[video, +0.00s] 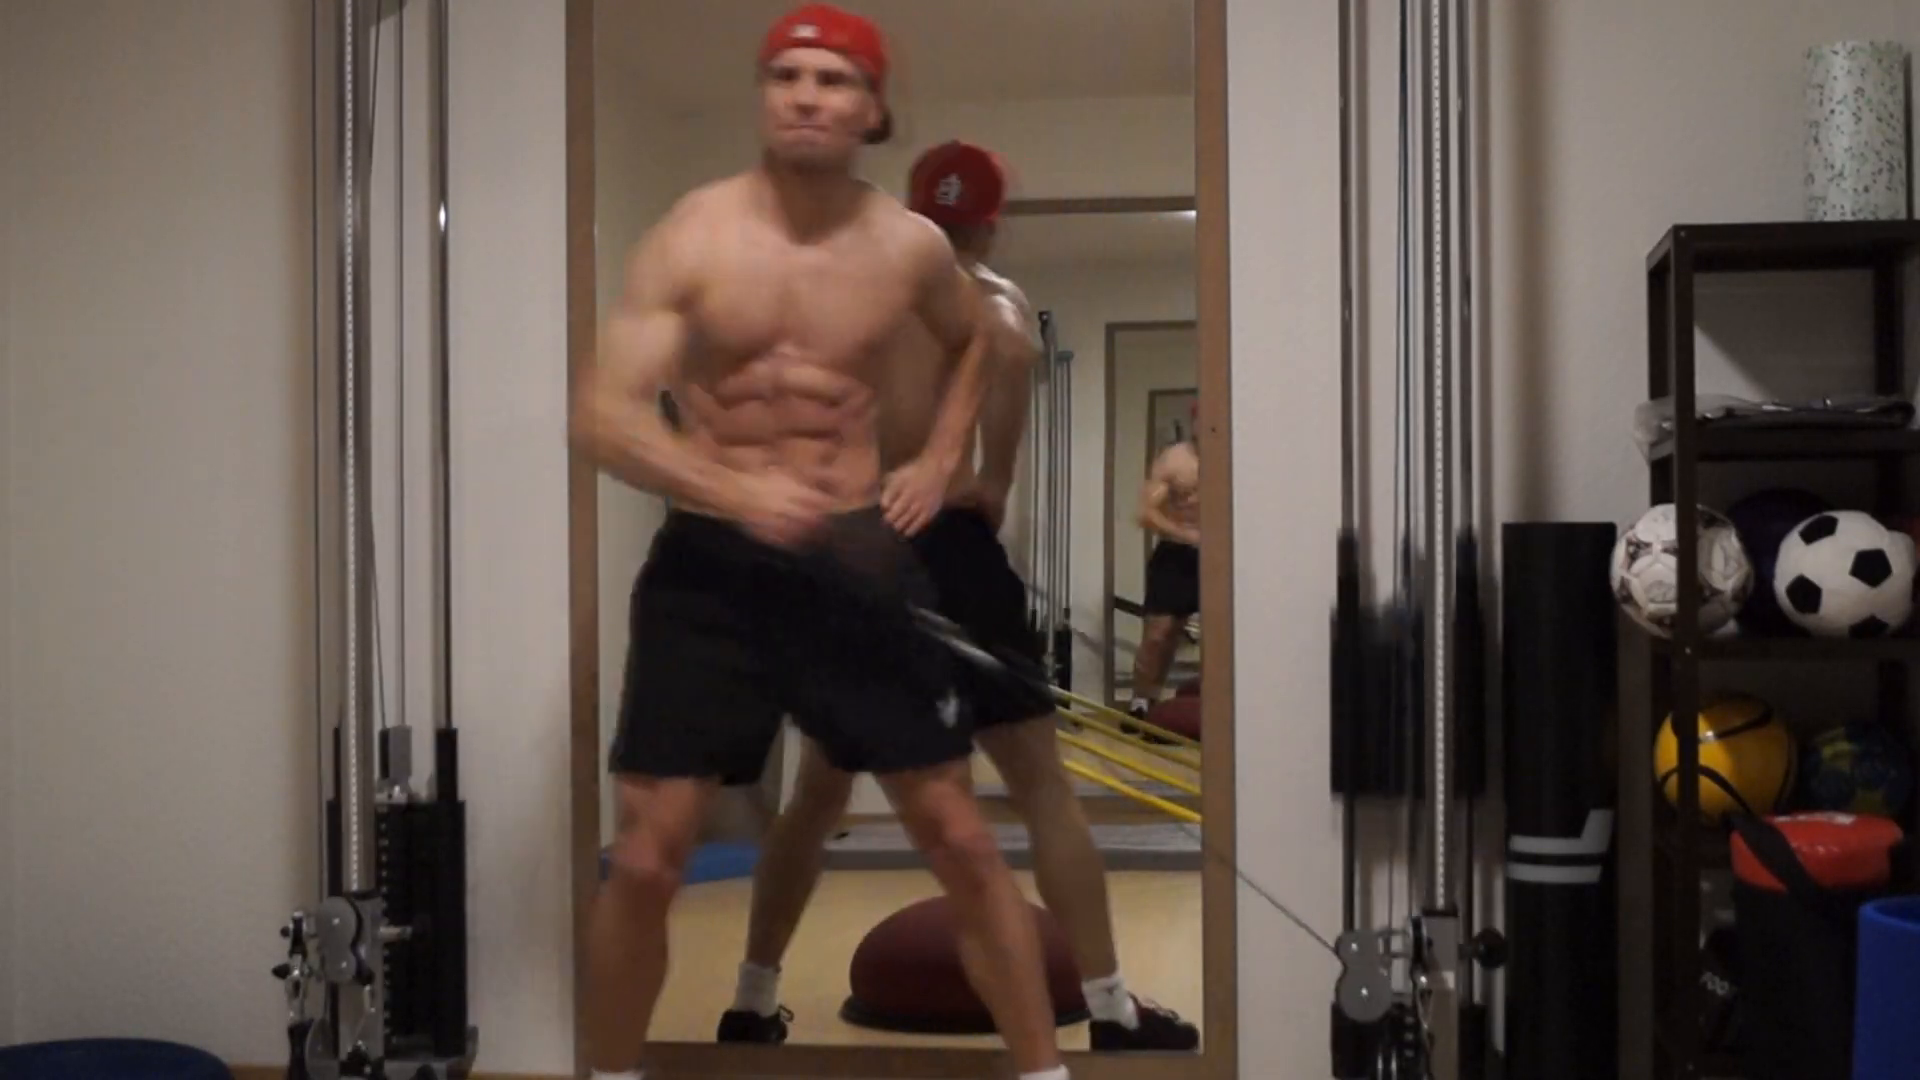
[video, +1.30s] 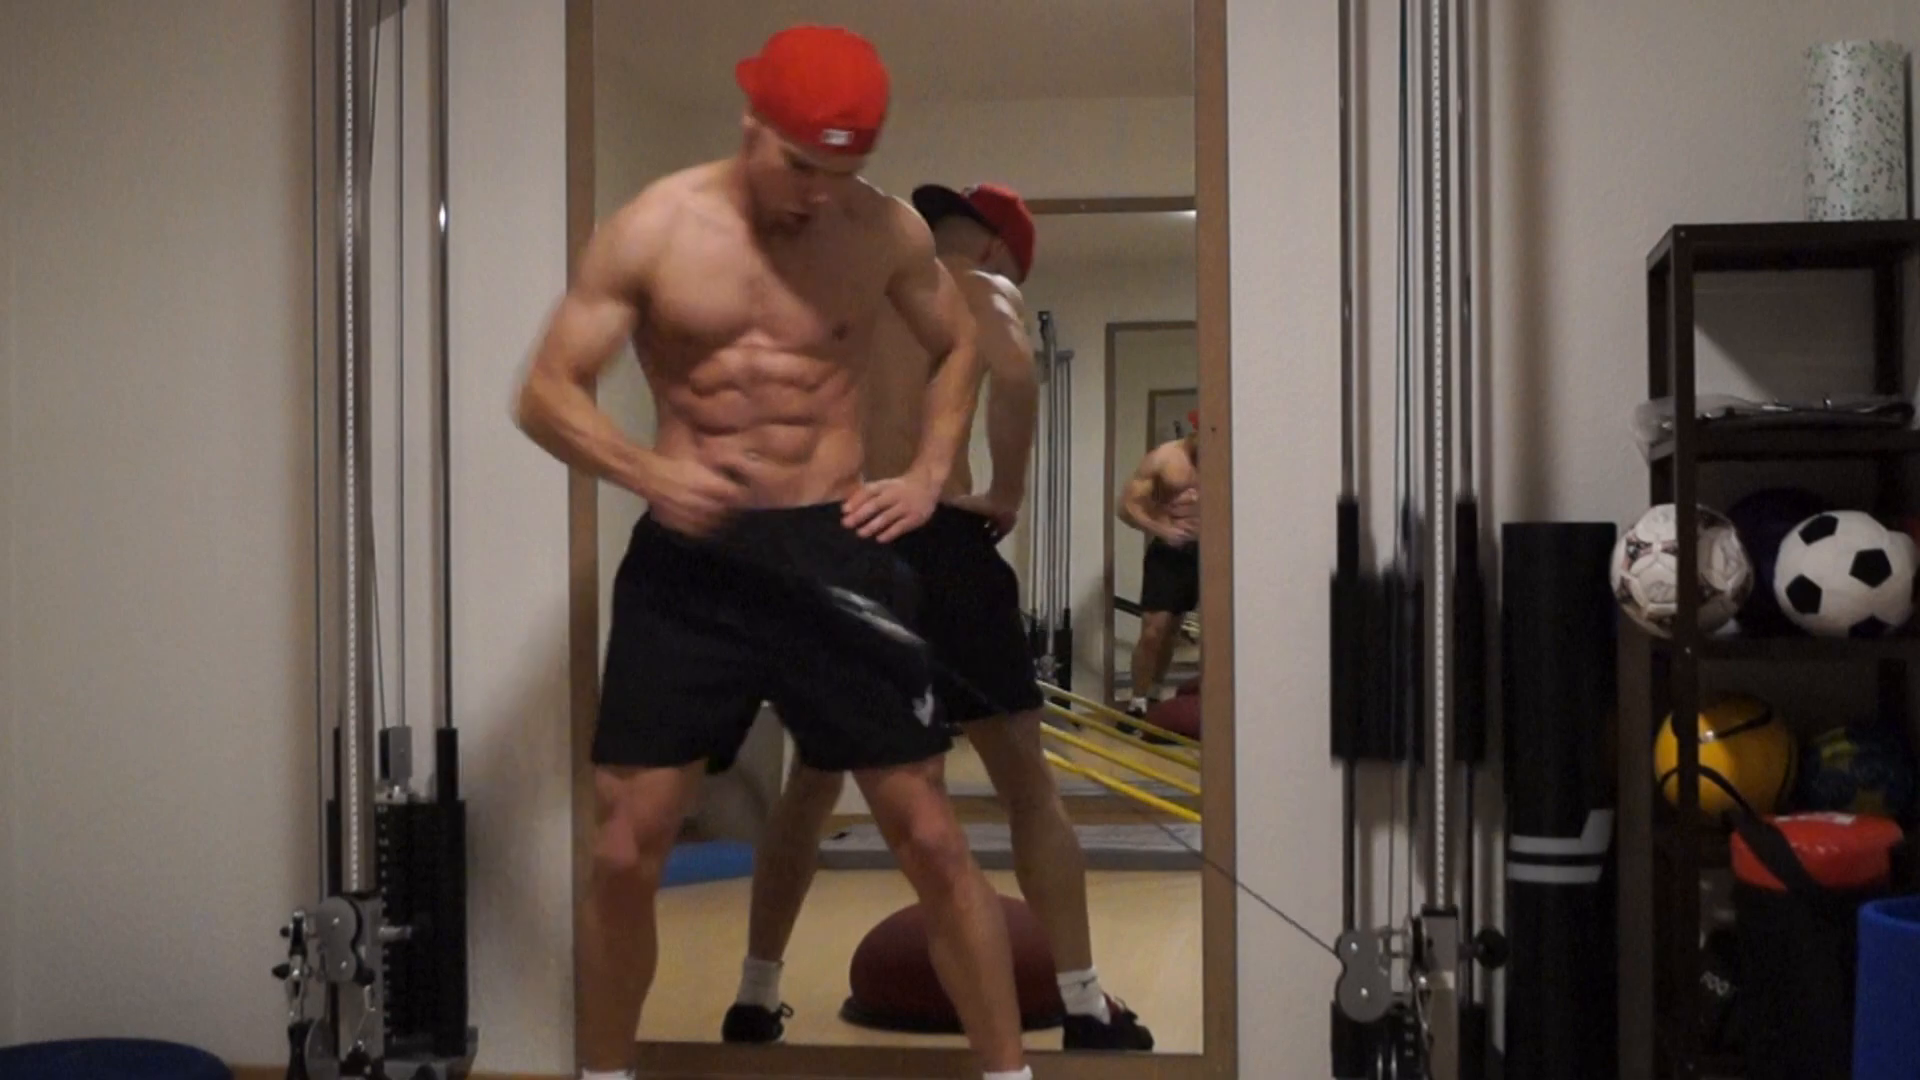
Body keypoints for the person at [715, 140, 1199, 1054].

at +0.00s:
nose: (997, 228)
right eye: (995, 214)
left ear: (913, 212)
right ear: (992, 222)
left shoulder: (860, 291)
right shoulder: (1007, 318)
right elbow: (997, 478)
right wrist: (980, 498)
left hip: (850, 545)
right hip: (959, 556)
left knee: (815, 798)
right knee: (1045, 788)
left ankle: (753, 997)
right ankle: (1110, 1005)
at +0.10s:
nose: (965, 229)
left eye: (948, 215)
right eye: (966, 215)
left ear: (880, 208)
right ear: (963, 218)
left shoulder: (822, 282)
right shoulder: (981, 295)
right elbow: (1035, 361)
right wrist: (1005, 495)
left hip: (832, 554)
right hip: (948, 554)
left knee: (802, 799)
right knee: (1035, 792)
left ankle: (751, 1000)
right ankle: (1102, 1001)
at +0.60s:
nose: (1036, 227)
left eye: (1026, 214)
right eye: (1034, 213)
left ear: (947, 209)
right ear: (1020, 216)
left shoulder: (892, 276)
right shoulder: (1025, 293)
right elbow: (1032, 382)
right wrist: (1023, 500)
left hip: (880, 546)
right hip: (987, 550)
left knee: (821, 795)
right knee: (1056, 783)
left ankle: (753, 996)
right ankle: (1086, 1003)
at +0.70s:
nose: (1060, 246)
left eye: (1061, 229)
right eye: (1057, 228)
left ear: (980, 215)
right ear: (1023, 220)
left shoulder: (917, 279)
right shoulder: (1005, 287)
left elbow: (894, 445)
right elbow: (986, 432)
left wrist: (1027, 526)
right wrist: (1029, 529)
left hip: (885, 556)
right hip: (980, 555)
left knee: (828, 798)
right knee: (1059, 782)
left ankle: (754, 999)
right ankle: (1088, 1005)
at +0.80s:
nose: (1092, 260)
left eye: (1095, 244)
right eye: (1088, 240)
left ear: (1031, 224)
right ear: (1042, 224)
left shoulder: (986, 305)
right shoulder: (991, 291)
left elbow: (1019, 480)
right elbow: (953, 443)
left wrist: (1096, 553)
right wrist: (1010, 554)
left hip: (901, 567)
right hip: (966, 573)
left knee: (840, 793)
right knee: (1059, 781)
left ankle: (756, 994)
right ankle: (1087, 1004)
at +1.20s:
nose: (1029, 298)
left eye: (1035, 283)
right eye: (1031, 278)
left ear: (970, 245)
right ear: (1004, 252)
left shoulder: (896, 294)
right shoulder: (969, 301)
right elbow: (955, 420)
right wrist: (988, 524)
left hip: (874, 554)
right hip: (953, 561)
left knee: (833, 792)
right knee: (1034, 779)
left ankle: (762, 993)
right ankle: (1083, 1000)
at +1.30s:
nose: (1011, 288)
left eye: (1012, 277)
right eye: (1011, 274)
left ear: (926, 235)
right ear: (993, 253)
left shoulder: (852, 284)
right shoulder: (987, 289)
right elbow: (1016, 374)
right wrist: (1008, 493)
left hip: (837, 544)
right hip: (945, 546)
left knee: (811, 782)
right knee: (1025, 781)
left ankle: (757, 991)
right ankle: (1082, 1000)